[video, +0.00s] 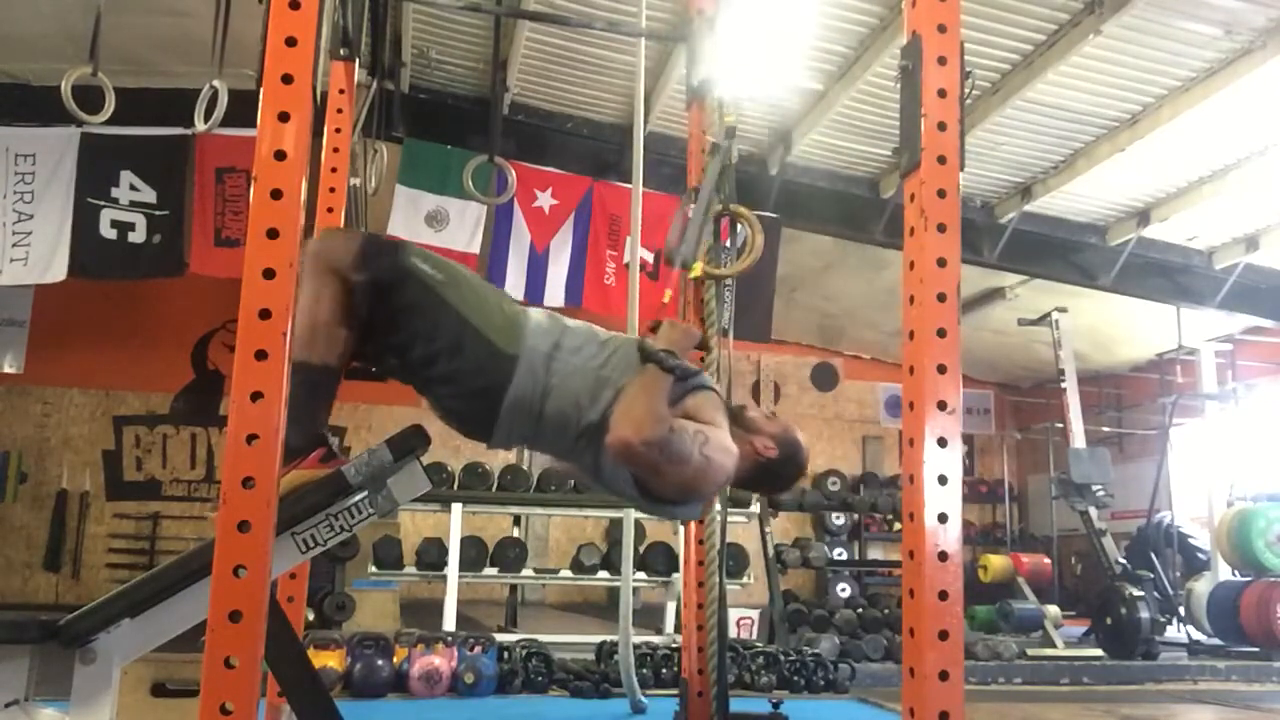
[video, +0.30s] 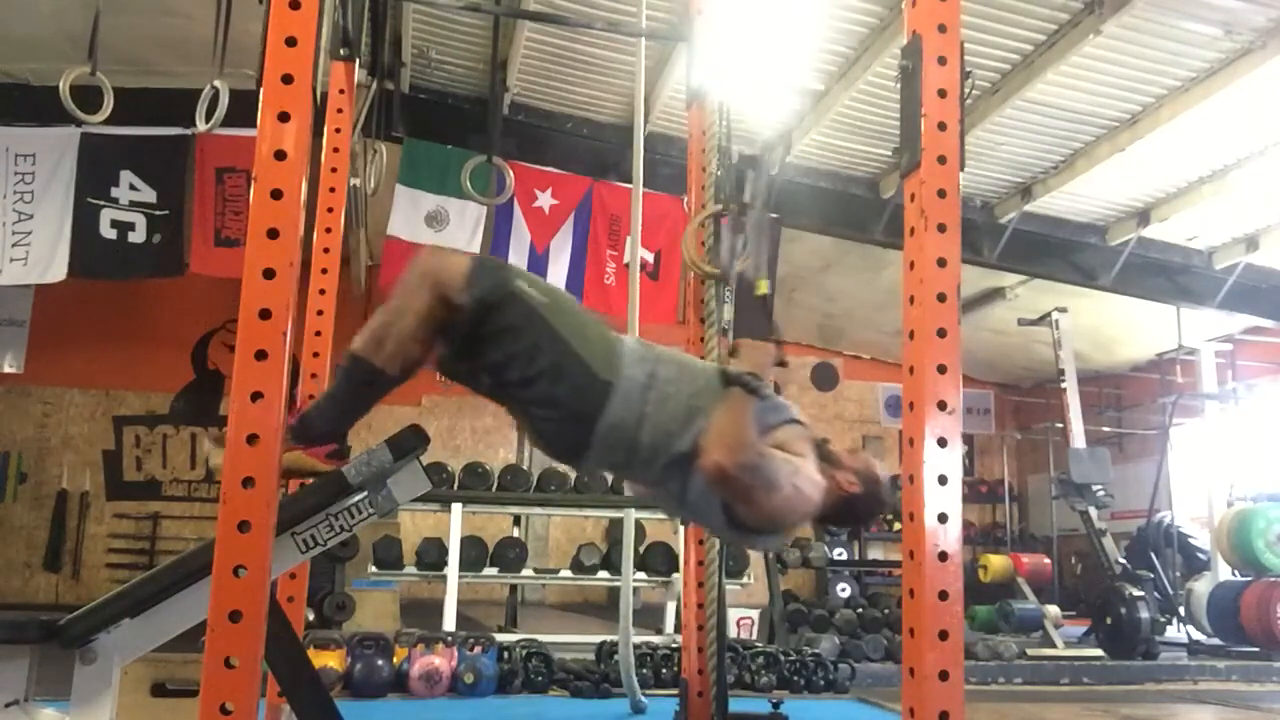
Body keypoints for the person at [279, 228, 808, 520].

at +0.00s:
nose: (762, 404)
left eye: (771, 418)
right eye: (774, 408)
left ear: (762, 449)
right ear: (760, 445)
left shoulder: (714, 459)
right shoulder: (707, 431)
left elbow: (634, 439)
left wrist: (669, 363)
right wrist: (669, 351)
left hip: (508, 363)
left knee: (333, 251)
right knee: (352, 295)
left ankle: (292, 420)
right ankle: (290, 417)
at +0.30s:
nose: (853, 455)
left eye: (860, 470)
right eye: (862, 457)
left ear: (847, 495)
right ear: (846, 460)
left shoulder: (798, 490)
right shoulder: (794, 449)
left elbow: (726, 456)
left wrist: (748, 386)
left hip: (600, 398)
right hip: (608, 373)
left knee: (443, 273)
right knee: (443, 283)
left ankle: (325, 422)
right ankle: (327, 417)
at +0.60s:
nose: (936, 469)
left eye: (946, 482)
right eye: (944, 471)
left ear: (937, 520)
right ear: (935, 493)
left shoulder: (889, 534)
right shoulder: (877, 476)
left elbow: (834, 480)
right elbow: (841, 440)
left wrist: (839, 402)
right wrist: (845, 390)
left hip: (702, 445)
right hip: (703, 409)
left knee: (539, 322)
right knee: (531, 336)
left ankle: (365, 414)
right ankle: (378, 410)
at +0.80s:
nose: (983, 492)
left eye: (995, 503)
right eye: (991, 487)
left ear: (986, 534)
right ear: (977, 484)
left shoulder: (930, 552)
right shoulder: (928, 488)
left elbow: (885, 494)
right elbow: (870, 440)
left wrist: (882, 412)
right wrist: (885, 399)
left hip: (752, 472)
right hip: (747, 433)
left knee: (580, 381)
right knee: (561, 362)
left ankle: (379, 415)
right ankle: (397, 420)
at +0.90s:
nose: (996, 493)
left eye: (1006, 505)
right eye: (1004, 490)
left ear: (997, 534)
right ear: (990, 489)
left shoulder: (948, 545)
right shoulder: (940, 495)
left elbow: (894, 490)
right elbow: (878, 460)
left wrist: (918, 418)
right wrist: (903, 412)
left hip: (770, 484)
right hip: (762, 457)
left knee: (591, 404)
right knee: (583, 395)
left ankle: (392, 423)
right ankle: (404, 418)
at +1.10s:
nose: (988, 509)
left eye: (999, 523)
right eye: (998, 507)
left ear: (989, 563)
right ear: (978, 518)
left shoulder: (948, 564)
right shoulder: (931, 528)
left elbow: (888, 492)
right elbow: (863, 451)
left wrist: (894, 420)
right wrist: (892, 422)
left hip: (768, 511)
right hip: (756, 496)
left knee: (601, 423)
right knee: (588, 428)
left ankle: (389, 415)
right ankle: (394, 420)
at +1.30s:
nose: (975, 571)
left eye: (984, 586)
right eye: (986, 568)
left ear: (974, 613)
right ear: (973, 561)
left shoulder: (921, 622)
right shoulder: (914, 565)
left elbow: (885, 515)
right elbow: (876, 497)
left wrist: (905, 445)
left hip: (755, 544)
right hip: (750, 503)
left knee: (595, 434)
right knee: (574, 429)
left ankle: (378, 410)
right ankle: (382, 420)